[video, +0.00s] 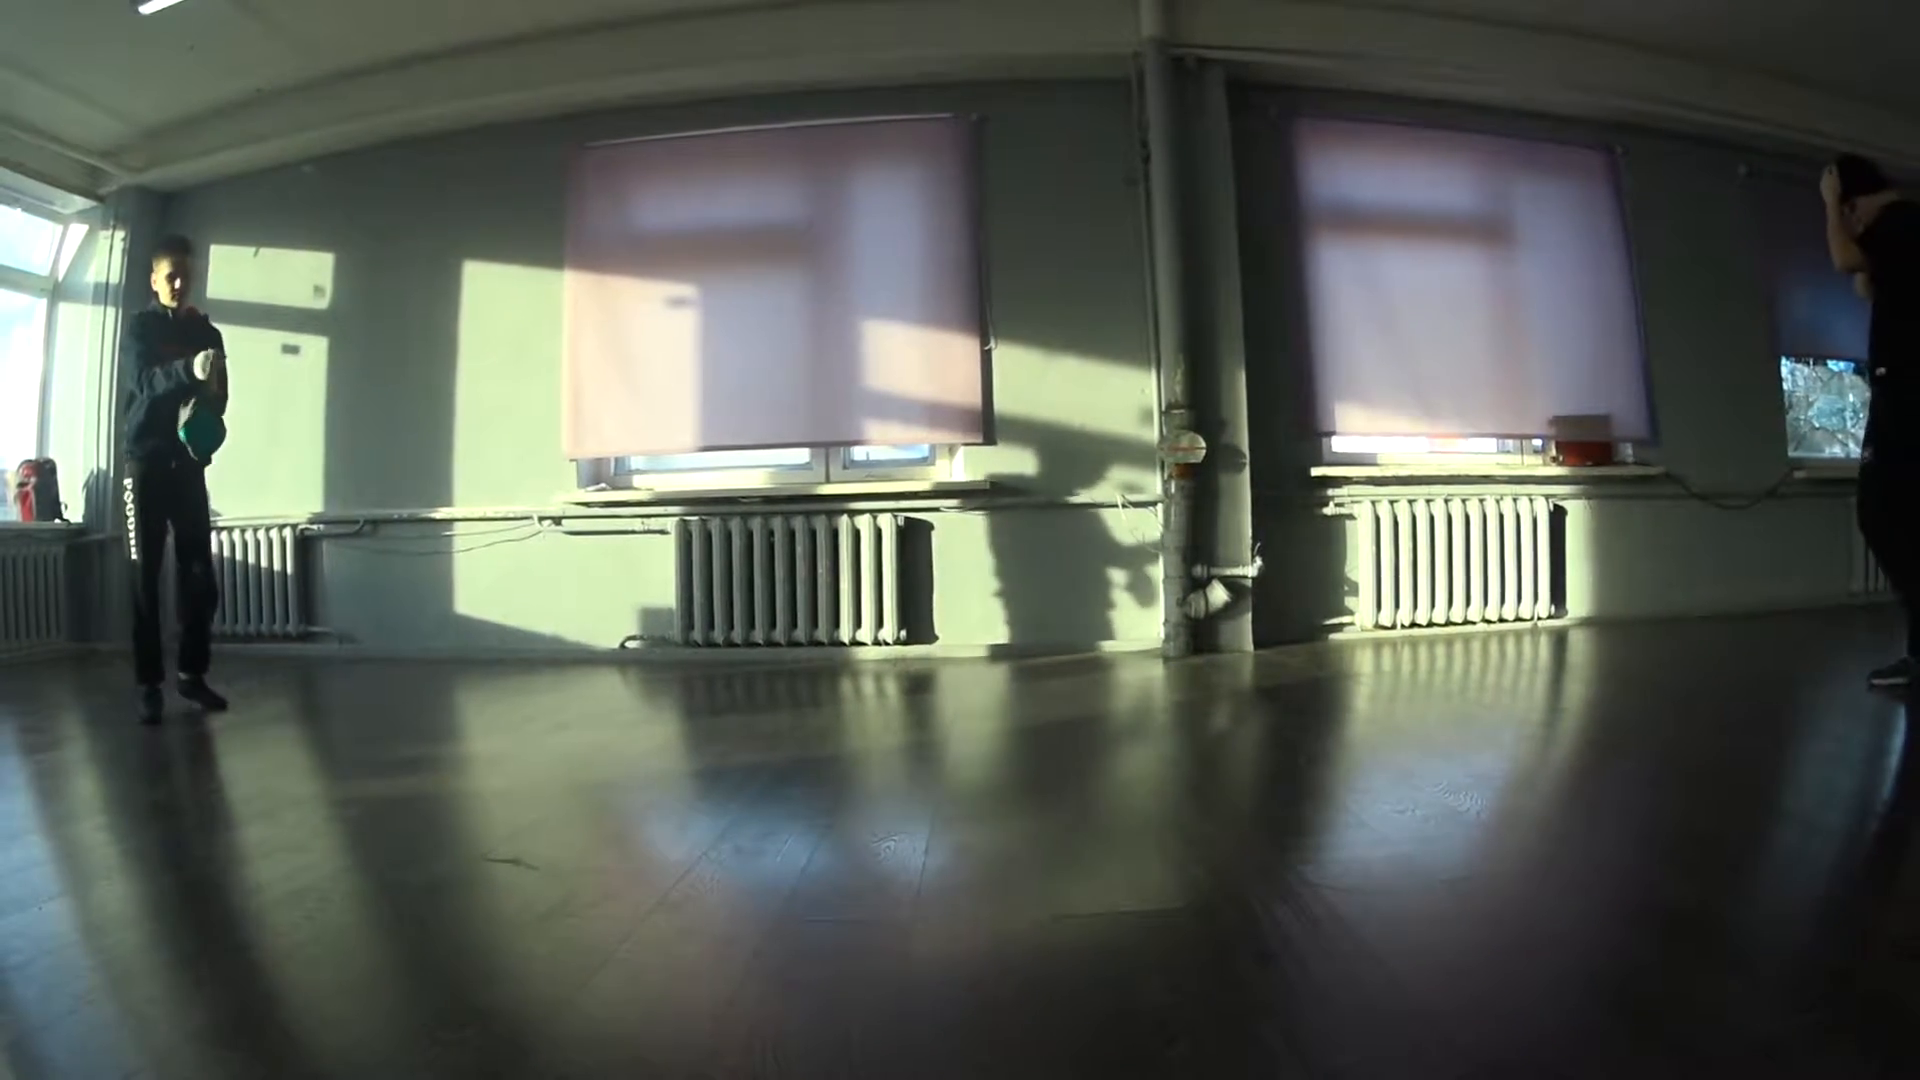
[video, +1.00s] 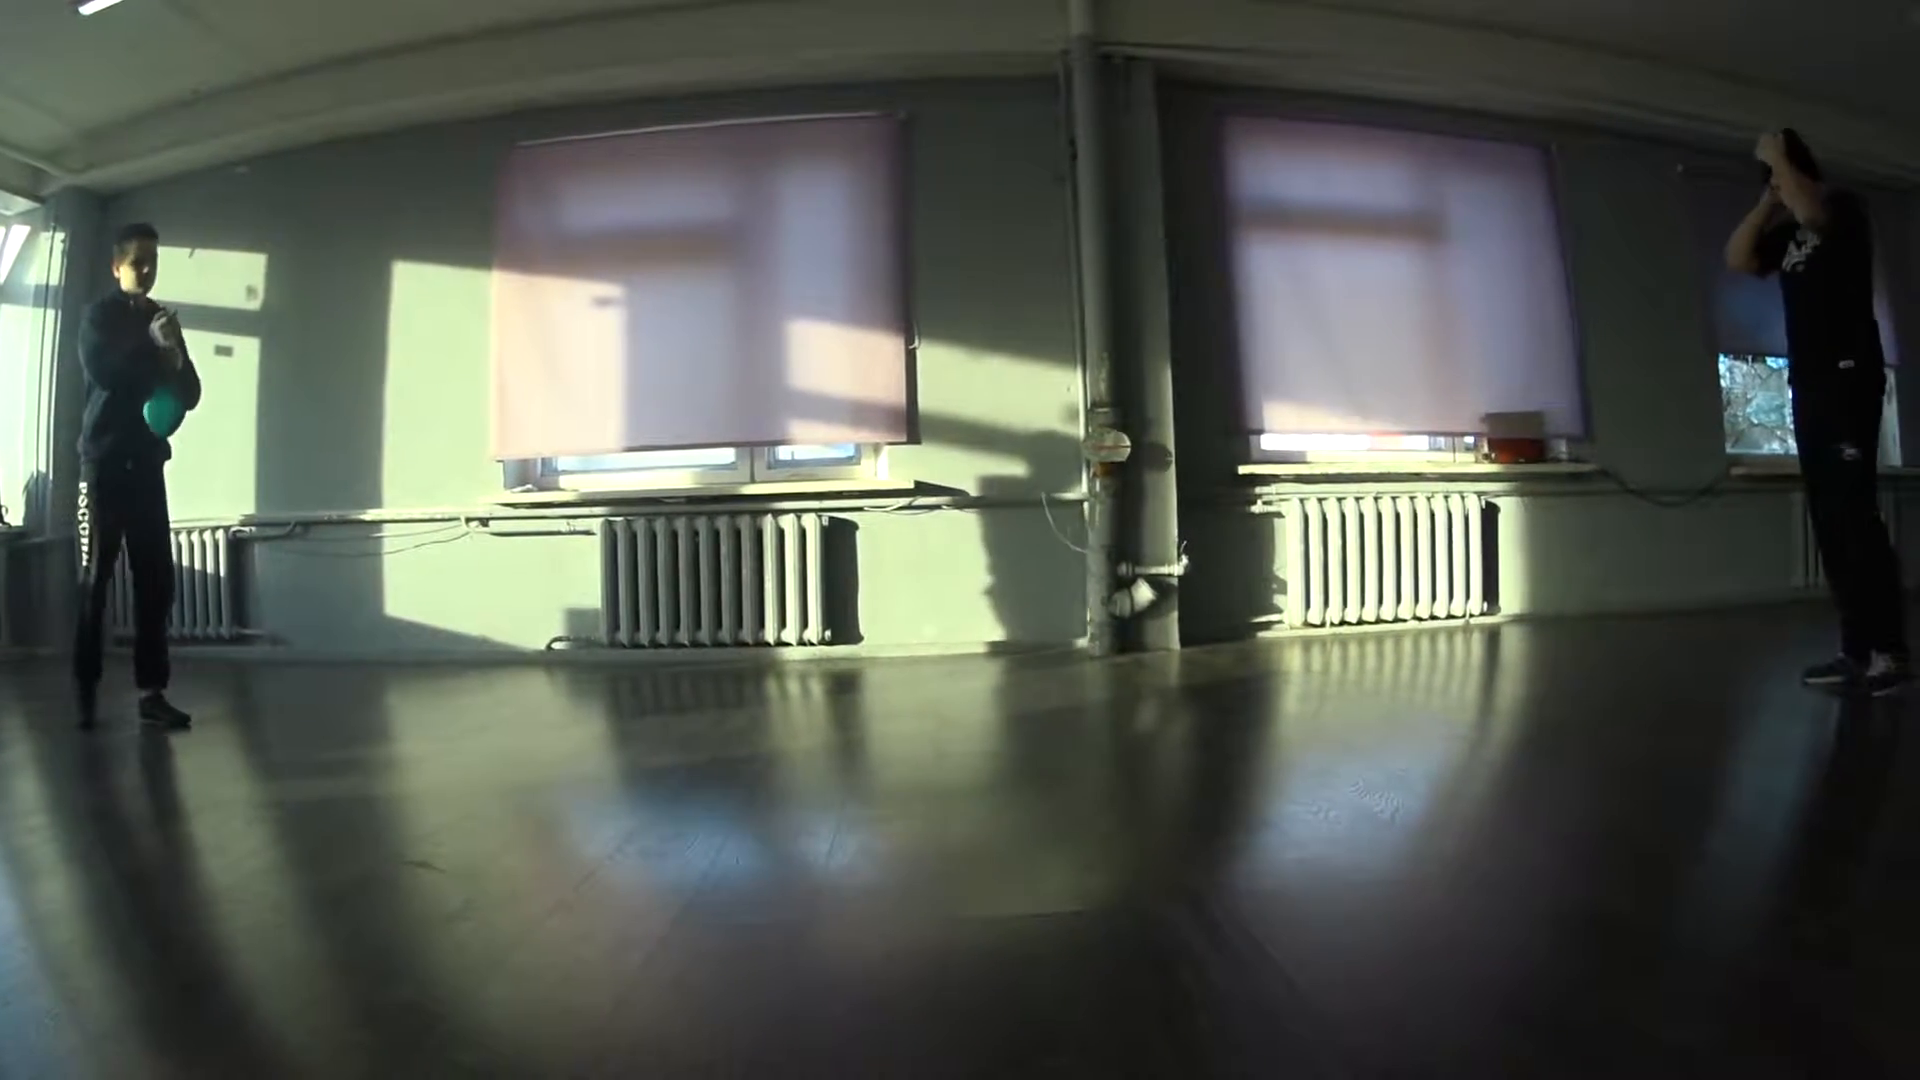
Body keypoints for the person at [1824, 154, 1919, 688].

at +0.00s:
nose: (1842, 217)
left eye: (1842, 204)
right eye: (1840, 205)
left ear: (1856, 200)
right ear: (1876, 191)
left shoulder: (1895, 224)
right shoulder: (1895, 225)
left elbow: (1847, 259)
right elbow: (1862, 280)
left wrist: (1830, 205)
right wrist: (1845, 214)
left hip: (1902, 403)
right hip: (1898, 400)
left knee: (1881, 514)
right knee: (1887, 514)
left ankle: (1917, 652)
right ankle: (1915, 651)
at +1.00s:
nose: (1776, 185)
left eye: (1782, 175)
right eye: (1772, 178)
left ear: (1805, 172)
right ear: (1780, 181)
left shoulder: (1845, 216)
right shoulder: (1786, 237)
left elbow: (1809, 211)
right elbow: (1738, 259)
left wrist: (1779, 161)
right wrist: (1767, 199)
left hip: (1852, 383)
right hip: (1811, 387)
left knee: (1855, 516)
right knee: (1829, 519)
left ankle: (1888, 650)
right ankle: (1855, 652)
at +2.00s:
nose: (1813, 159)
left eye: (1819, 147)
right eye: (1804, 152)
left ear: (1840, 148)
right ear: (1798, 161)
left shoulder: (1875, 203)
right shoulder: (1802, 215)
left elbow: (1875, 191)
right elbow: (1742, 231)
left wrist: (1834, 124)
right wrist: (1763, 161)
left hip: (1874, 380)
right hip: (1817, 383)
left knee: (1882, 519)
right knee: (1803, 517)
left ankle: (1878, 660)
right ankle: (1833, 649)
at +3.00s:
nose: (1725, 172)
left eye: (1729, 163)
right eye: (1723, 164)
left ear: (1752, 157)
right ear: (1734, 165)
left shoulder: (1799, 204)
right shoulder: (1740, 227)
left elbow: (1765, 205)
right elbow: (1696, 268)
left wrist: (1728, 151)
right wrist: (1707, 206)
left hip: (1801, 374)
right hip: (1762, 378)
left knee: (1788, 516)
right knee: (1779, 519)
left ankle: (1831, 650)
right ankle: (1808, 655)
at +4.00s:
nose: (1653, 165)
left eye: (1658, 152)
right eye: (1648, 156)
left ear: (1685, 145)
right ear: (1661, 153)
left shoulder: (1720, 196)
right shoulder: (1693, 206)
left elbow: (1706, 276)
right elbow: (1692, 307)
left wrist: (1643, 338)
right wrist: (1658, 380)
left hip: (1723, 377)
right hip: (1692, 378)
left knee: (1717, 520)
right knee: (1680, 521)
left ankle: (1720, 669)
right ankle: (1763, 624)